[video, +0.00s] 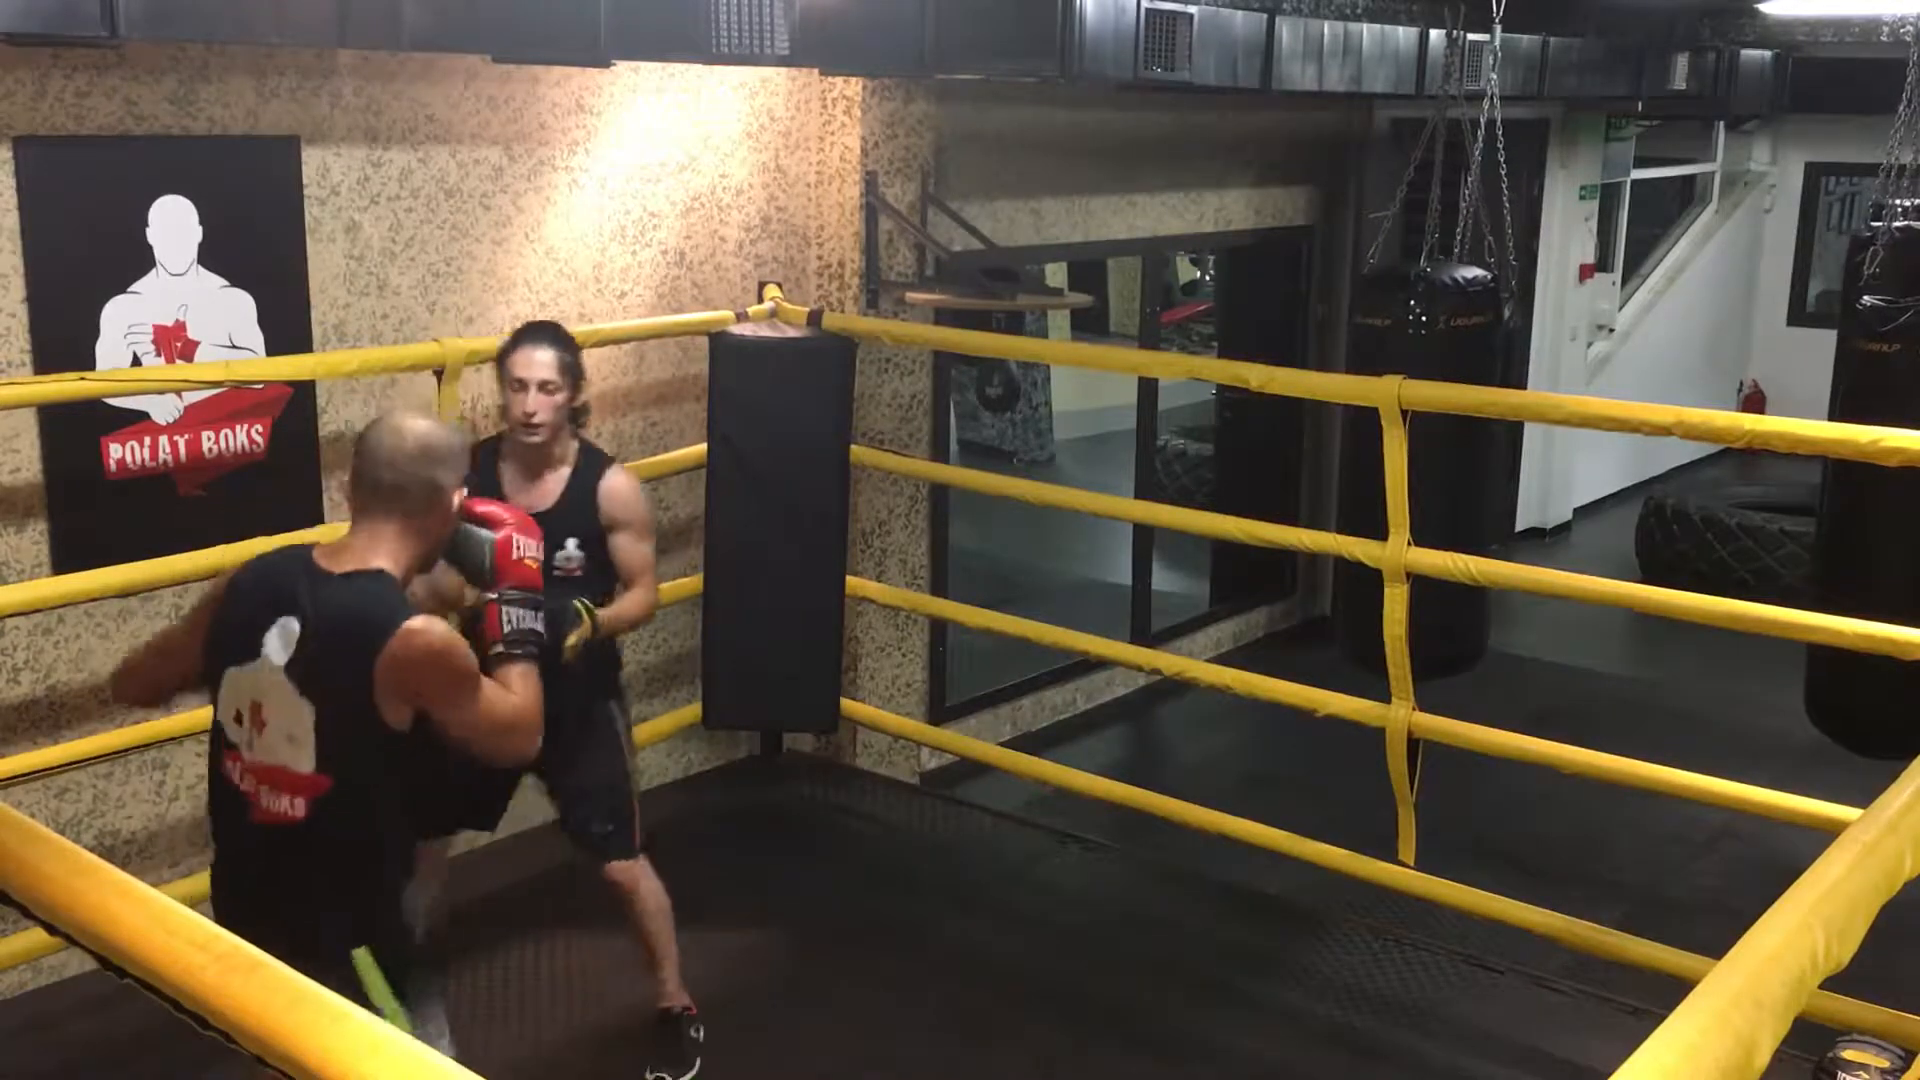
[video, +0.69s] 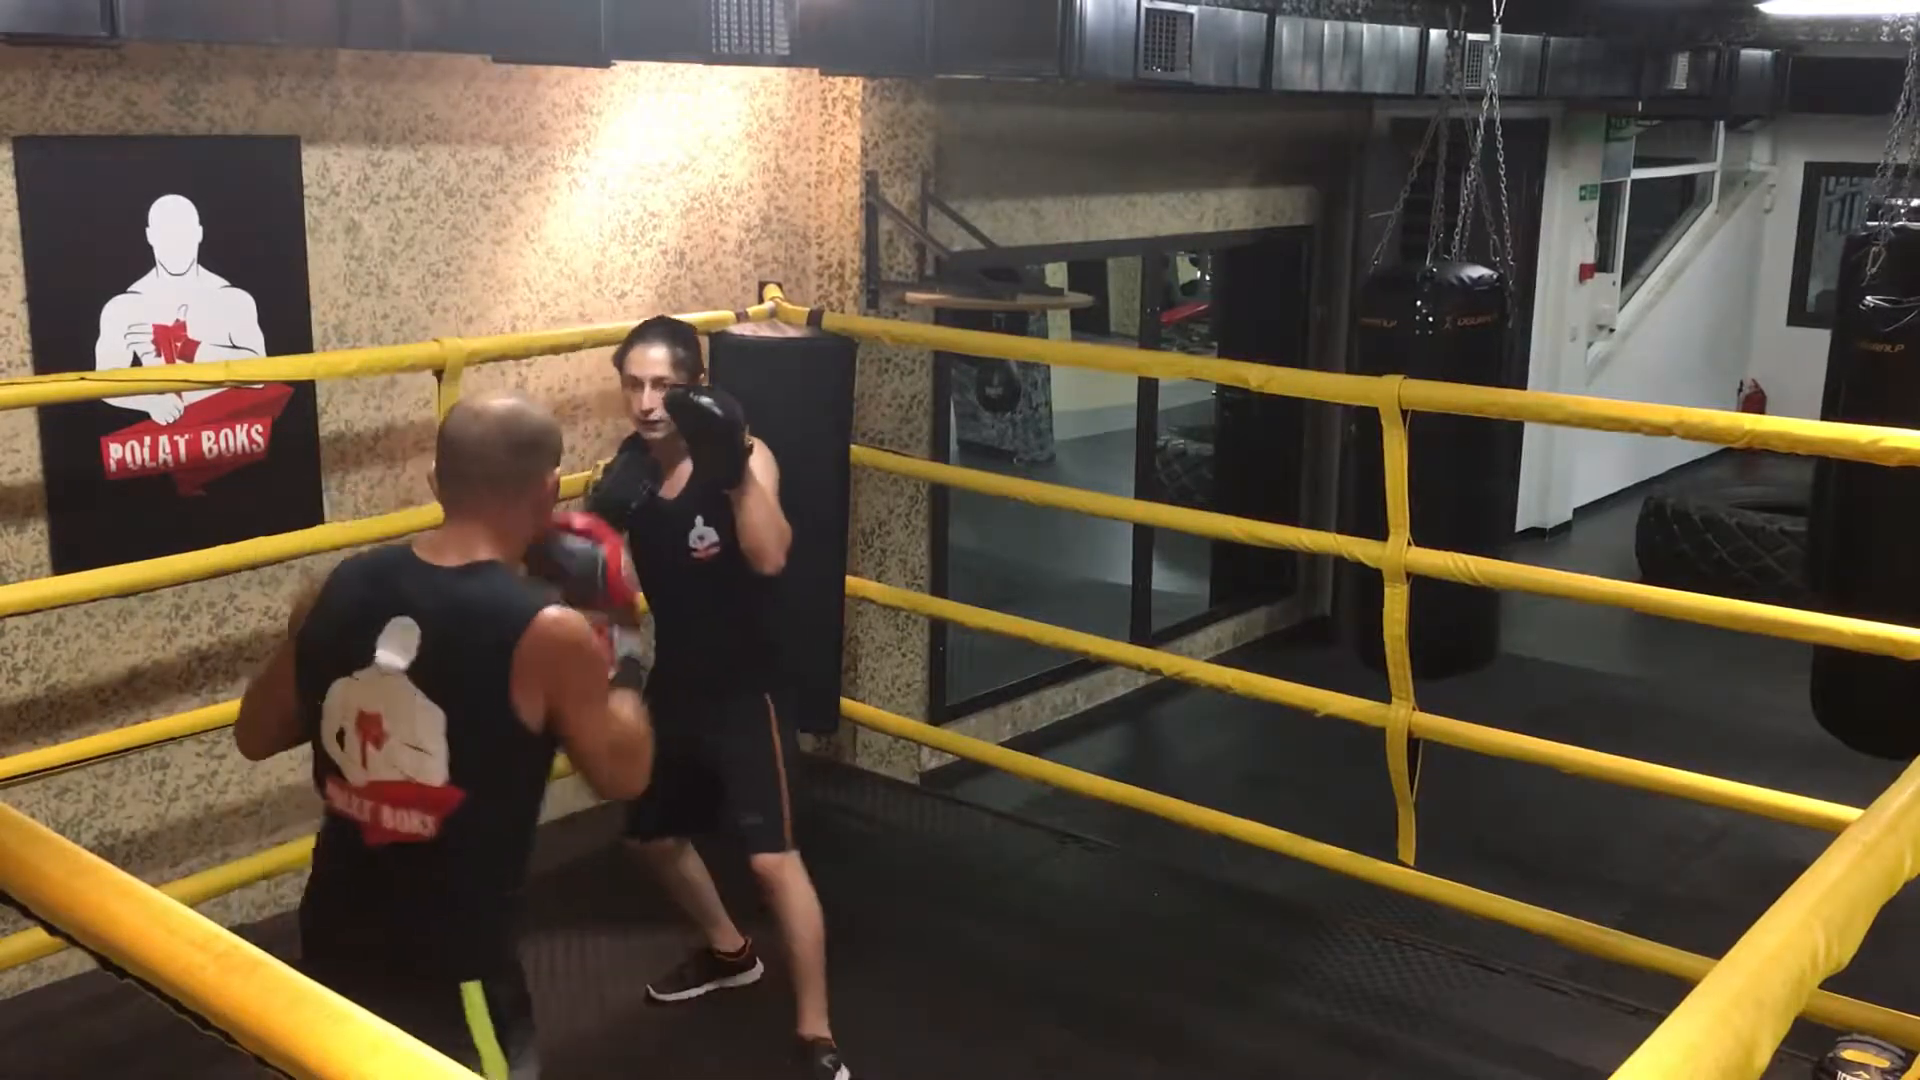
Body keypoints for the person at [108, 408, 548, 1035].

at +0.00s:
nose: (459, 510)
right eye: (461, 499)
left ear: (351, 488)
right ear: (451, 507)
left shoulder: (256, 583)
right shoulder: (416, 644)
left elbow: (136, 683)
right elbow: (518, 733)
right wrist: (513, 605)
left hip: (245, 923)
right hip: (356, 940)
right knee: (415, 1065)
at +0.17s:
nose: (476, 464)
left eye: (476, 444)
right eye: (475, 444)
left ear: (365, 436)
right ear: (456, 449)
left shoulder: (261, 542)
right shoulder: (429, 584)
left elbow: (194, 649)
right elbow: (514, 722)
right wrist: (520, 575)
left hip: (261, 879)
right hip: (365, 895)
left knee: (282, 1055)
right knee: (378, 1064)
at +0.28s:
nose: (487, 448)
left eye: (488, 430)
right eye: (489, 429)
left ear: (379, 413)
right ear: (474, 428)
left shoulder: (280, 509)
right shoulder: (445, 552)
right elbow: (512, 722)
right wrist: (540, 578)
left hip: (263, 847)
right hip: (362, 867)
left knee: (307, 1051)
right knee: (432, 1057)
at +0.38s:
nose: (512, 478)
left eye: (508, 463)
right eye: (512, 467)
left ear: (398, 452)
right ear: (501, 474)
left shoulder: (308, 556)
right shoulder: (449, 604)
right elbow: (530, 773)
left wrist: (478, 572)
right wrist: (566, 628)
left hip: (286, 901)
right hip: (388, 923)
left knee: (308, 1066)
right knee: (437, 1072)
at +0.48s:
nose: (541, 511)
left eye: (541, 496)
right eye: (543, 497)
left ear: (428, 487)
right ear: (531, 506)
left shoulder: (333, 589)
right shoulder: (478, 649)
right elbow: (529, 833)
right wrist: (576, 710)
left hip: (307, 938)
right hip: (413, 959)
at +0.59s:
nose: (554, 506)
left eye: (552, 491)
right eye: (555, 493)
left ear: (438, 481)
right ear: (545, 500)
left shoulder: (338, 585)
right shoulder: (518, 642)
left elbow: (259, 748)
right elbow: (568, 819)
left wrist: (378, 712)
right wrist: (601, 713)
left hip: (323, 948)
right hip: (434, 968)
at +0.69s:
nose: (558, 498)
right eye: (558, 484)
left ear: (437, 478)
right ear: (547, 493)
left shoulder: (354, 586)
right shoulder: (551, 634)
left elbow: (256, 735)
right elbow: (624, 774)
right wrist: (617, 640)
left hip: (337, 938)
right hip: (456, 959)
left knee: (341, 1065)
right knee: (492, 1065)